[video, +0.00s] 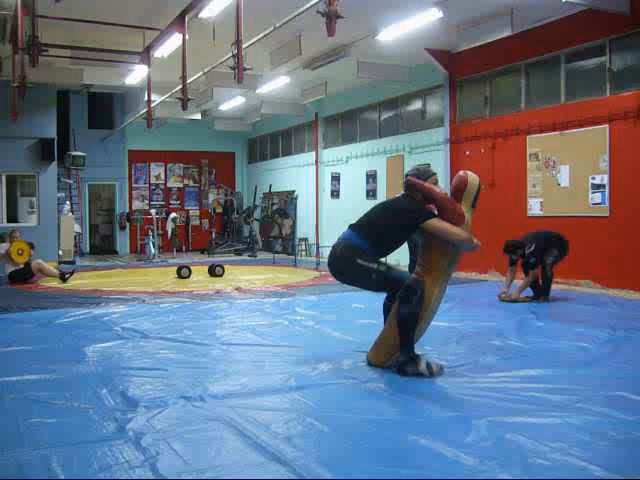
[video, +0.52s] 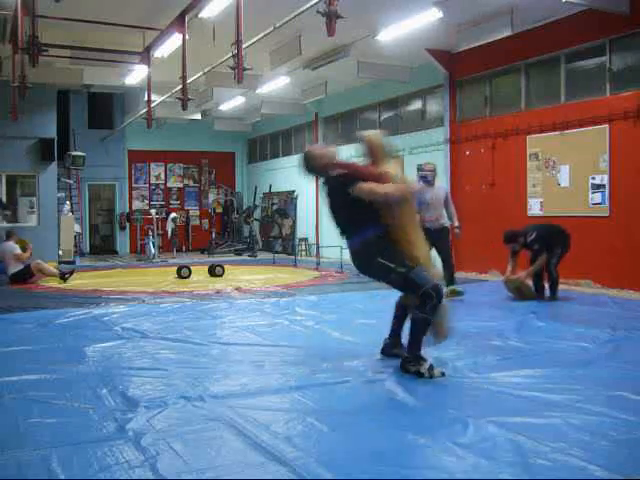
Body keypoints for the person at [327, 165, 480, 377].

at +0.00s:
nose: (438, 188)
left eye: (437, 183)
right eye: (434, 184)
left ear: (415, 188)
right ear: (423, 188)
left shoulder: (403, 203)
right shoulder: (413, 209)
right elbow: (458, 235)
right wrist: (472, 241)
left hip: (344, 258)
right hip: (349, 261)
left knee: (401, 283)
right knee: (411, 287)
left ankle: (391, 349)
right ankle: (407, 359)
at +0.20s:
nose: (428, 186)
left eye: (429, 180)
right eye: (424, 180)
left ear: (404, 179)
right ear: (411, 179)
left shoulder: (395, 193)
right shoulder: (408, 198)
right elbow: (448, 233)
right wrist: (457, 236)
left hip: (344, 254)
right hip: (350, 258)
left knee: (395, 285)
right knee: (411, 289)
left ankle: (389, 348)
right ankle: (409, 361)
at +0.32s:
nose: (414, 157)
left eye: (411, 152)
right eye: (408, 153)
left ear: (391, 158)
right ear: (393, 158)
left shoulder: (385, 180)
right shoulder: (394, 185)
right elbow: (429, 220)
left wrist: (436, 222)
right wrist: (442, 227)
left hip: (352, 249)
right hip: (357, 253)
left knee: (410, 286)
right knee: (416, 292)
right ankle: (409, 361)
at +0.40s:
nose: (370, 149)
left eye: (369, 145)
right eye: (365, 146)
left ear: (357, 149)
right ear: (356, 151)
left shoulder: (363, 171)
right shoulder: (370, 175)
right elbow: (416, 205)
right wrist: (418, 173)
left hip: (369, 245)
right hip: (368, 248)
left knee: (409, 283)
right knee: (424, 290)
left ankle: (387, 339)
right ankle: (412, 359)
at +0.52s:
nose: (326, 147)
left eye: (321, 146)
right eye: (320, 149)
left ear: (320, 165)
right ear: (320, 162)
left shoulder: (340, 177)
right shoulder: (340, 178)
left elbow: (375, 176)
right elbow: (380, 186)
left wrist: (375, 150)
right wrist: (409, 188)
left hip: (375, 248)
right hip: (370, 251)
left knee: (413, 288)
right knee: (430, 291)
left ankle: (393, 341)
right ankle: (413, 358)